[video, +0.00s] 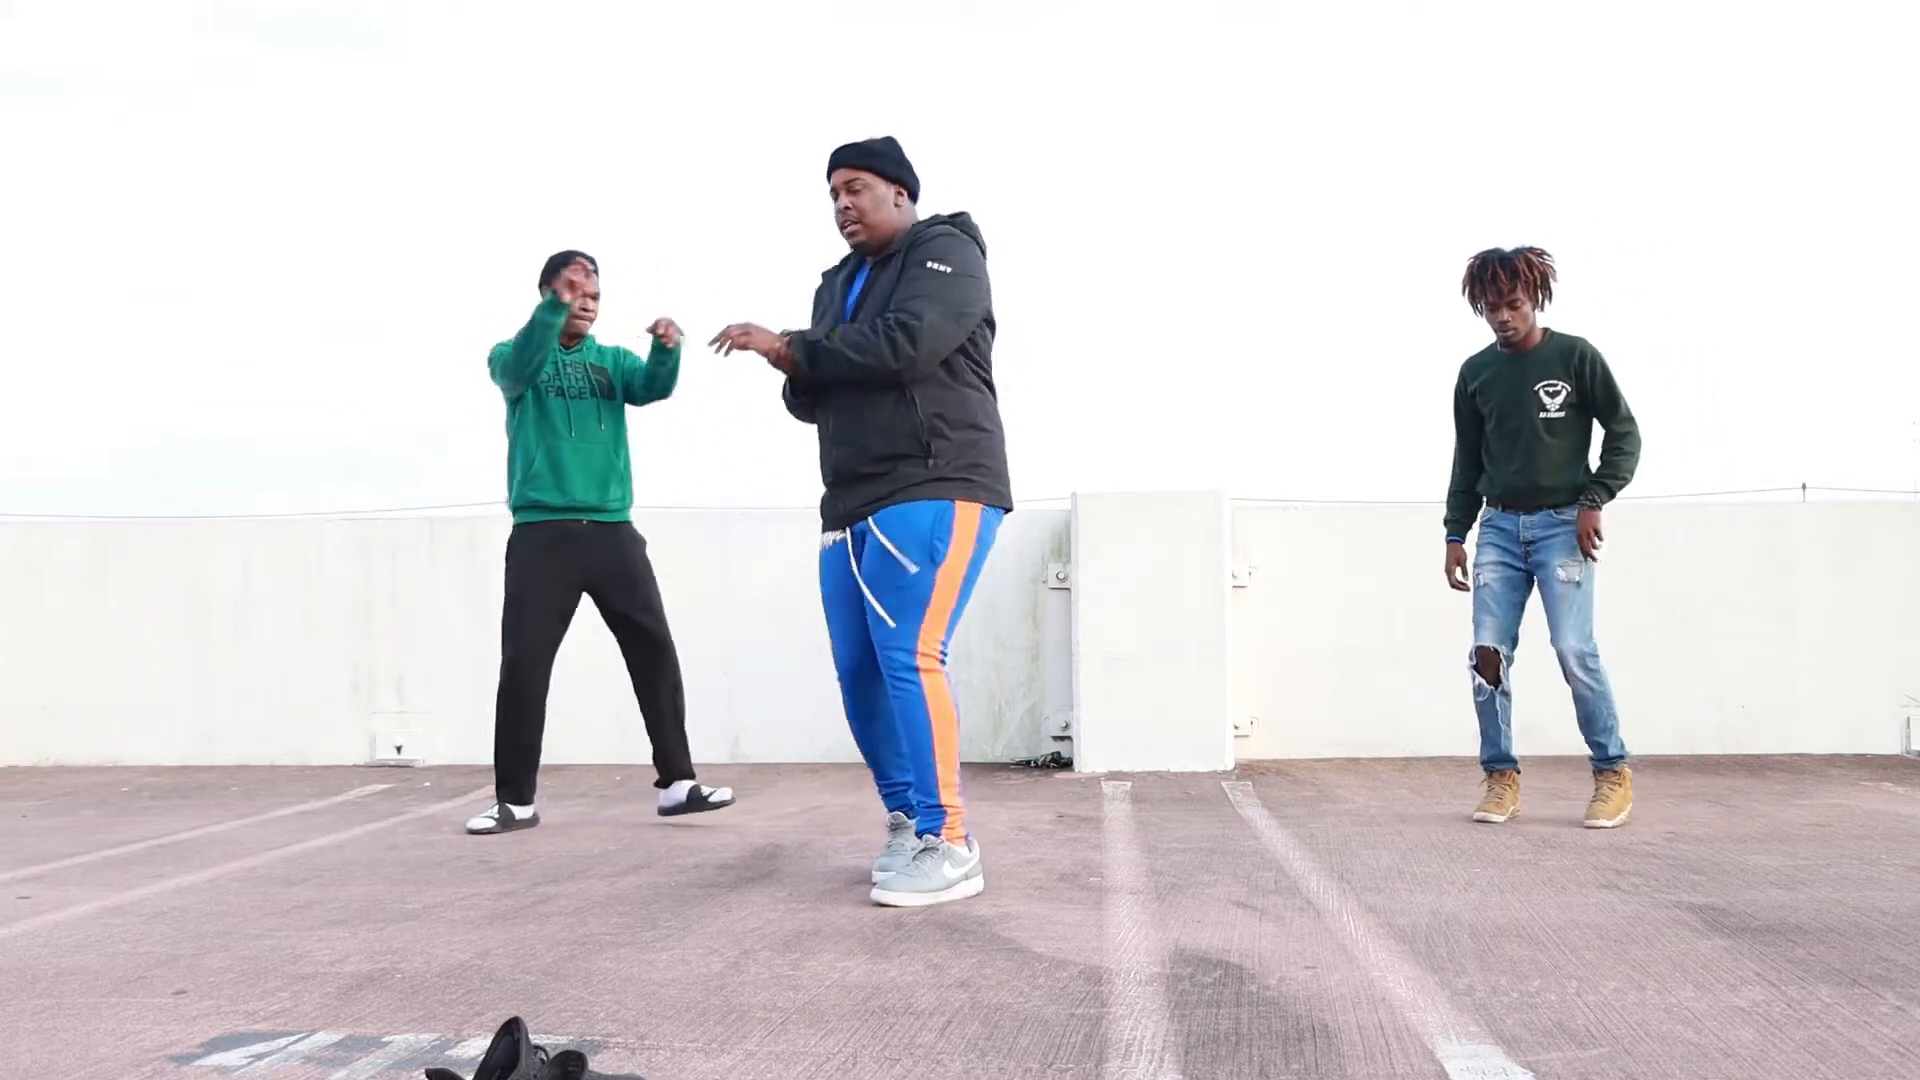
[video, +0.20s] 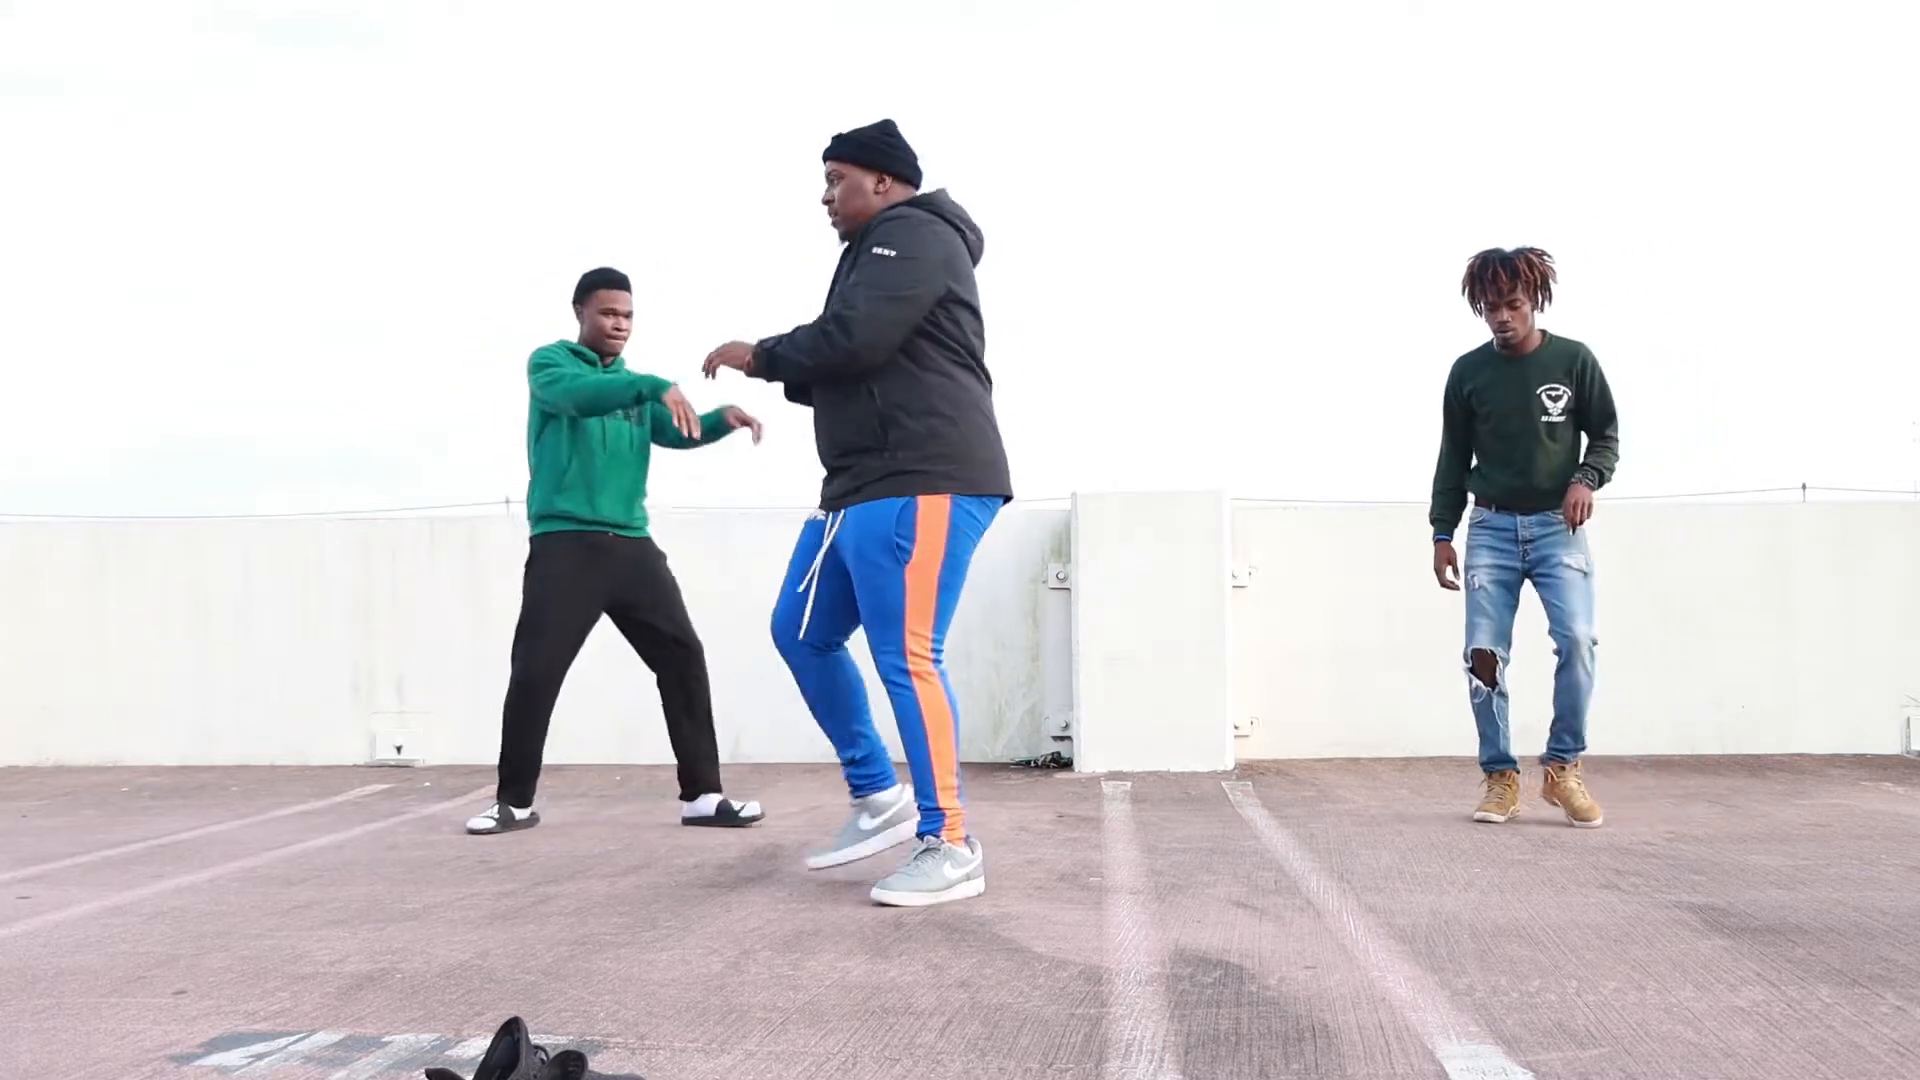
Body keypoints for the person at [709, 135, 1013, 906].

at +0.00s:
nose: (842, 204)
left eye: (854, 189)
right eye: (835, 194)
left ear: (899, 190)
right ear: (836, 206)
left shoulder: (945, 247)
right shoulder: (836, 286)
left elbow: (907, 344)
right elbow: (812, 402)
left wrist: (796, 348)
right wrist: (792, 363)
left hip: (938, 487)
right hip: (854, 500)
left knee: (911, 654)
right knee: (861, 671)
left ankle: (949, 843)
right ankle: (910, 829)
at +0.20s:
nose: (827, 196)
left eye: (838, 182)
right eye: (826, 184)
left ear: (885, 180)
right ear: (872, 185)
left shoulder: (913, 234)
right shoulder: (867, 255)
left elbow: (861, 338)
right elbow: (852, 379)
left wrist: (759, 355)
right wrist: (775, 364)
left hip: (925, 479)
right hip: (862, 486)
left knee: (908, 657)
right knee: (801, 632)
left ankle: (949, 842)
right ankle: (879, 796)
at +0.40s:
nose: (817, 195)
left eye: (827, 181)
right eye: (819, 182)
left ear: (864, 182)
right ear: (876, 185)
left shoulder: (864, 237)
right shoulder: (902, 246)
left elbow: (808, 342)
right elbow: (881, 370)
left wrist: (740, 364)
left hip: (895, 481)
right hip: (870, 484)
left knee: (880, 659)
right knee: (816, 651)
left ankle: (946, 845)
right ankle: (794, 827)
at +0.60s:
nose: (793, 205)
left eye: (802, 193)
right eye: (797, 192)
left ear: (834, 197)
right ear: (860, 201)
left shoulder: (821, 257)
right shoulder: (898, 273)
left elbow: (764, 361)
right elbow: (863, 379)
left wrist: (721, 391)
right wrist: (767, 391)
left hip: (844, 489)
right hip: (894, 489)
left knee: (854, 668)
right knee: (777, 651)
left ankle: (942, 843)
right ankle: (786, 831)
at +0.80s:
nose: (759, 208)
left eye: (767, 197)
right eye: (763, 196)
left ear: (799, 203)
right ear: (823, 207)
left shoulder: (782, 261)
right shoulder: (864, 281)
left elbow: (716, 364)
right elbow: (825, 369)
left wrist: (681, 384)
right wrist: (732, 354)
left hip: (796, 483)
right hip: (862, 493)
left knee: (742, 651)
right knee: (773, 657)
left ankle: (871, 794)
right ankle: (783, 831)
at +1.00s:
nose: (724, 205)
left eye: (730, 194)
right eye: (726, 193)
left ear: (758, 198)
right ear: (793, 203)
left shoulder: (733, 257)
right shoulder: (839, 281)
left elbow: (678, 363)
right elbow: (819, 373)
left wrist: (662, 392)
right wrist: (718, 389)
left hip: (748, 481)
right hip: (835, 488)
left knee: (682, 640)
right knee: (781, 652)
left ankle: (703, 819)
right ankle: (787, 831)